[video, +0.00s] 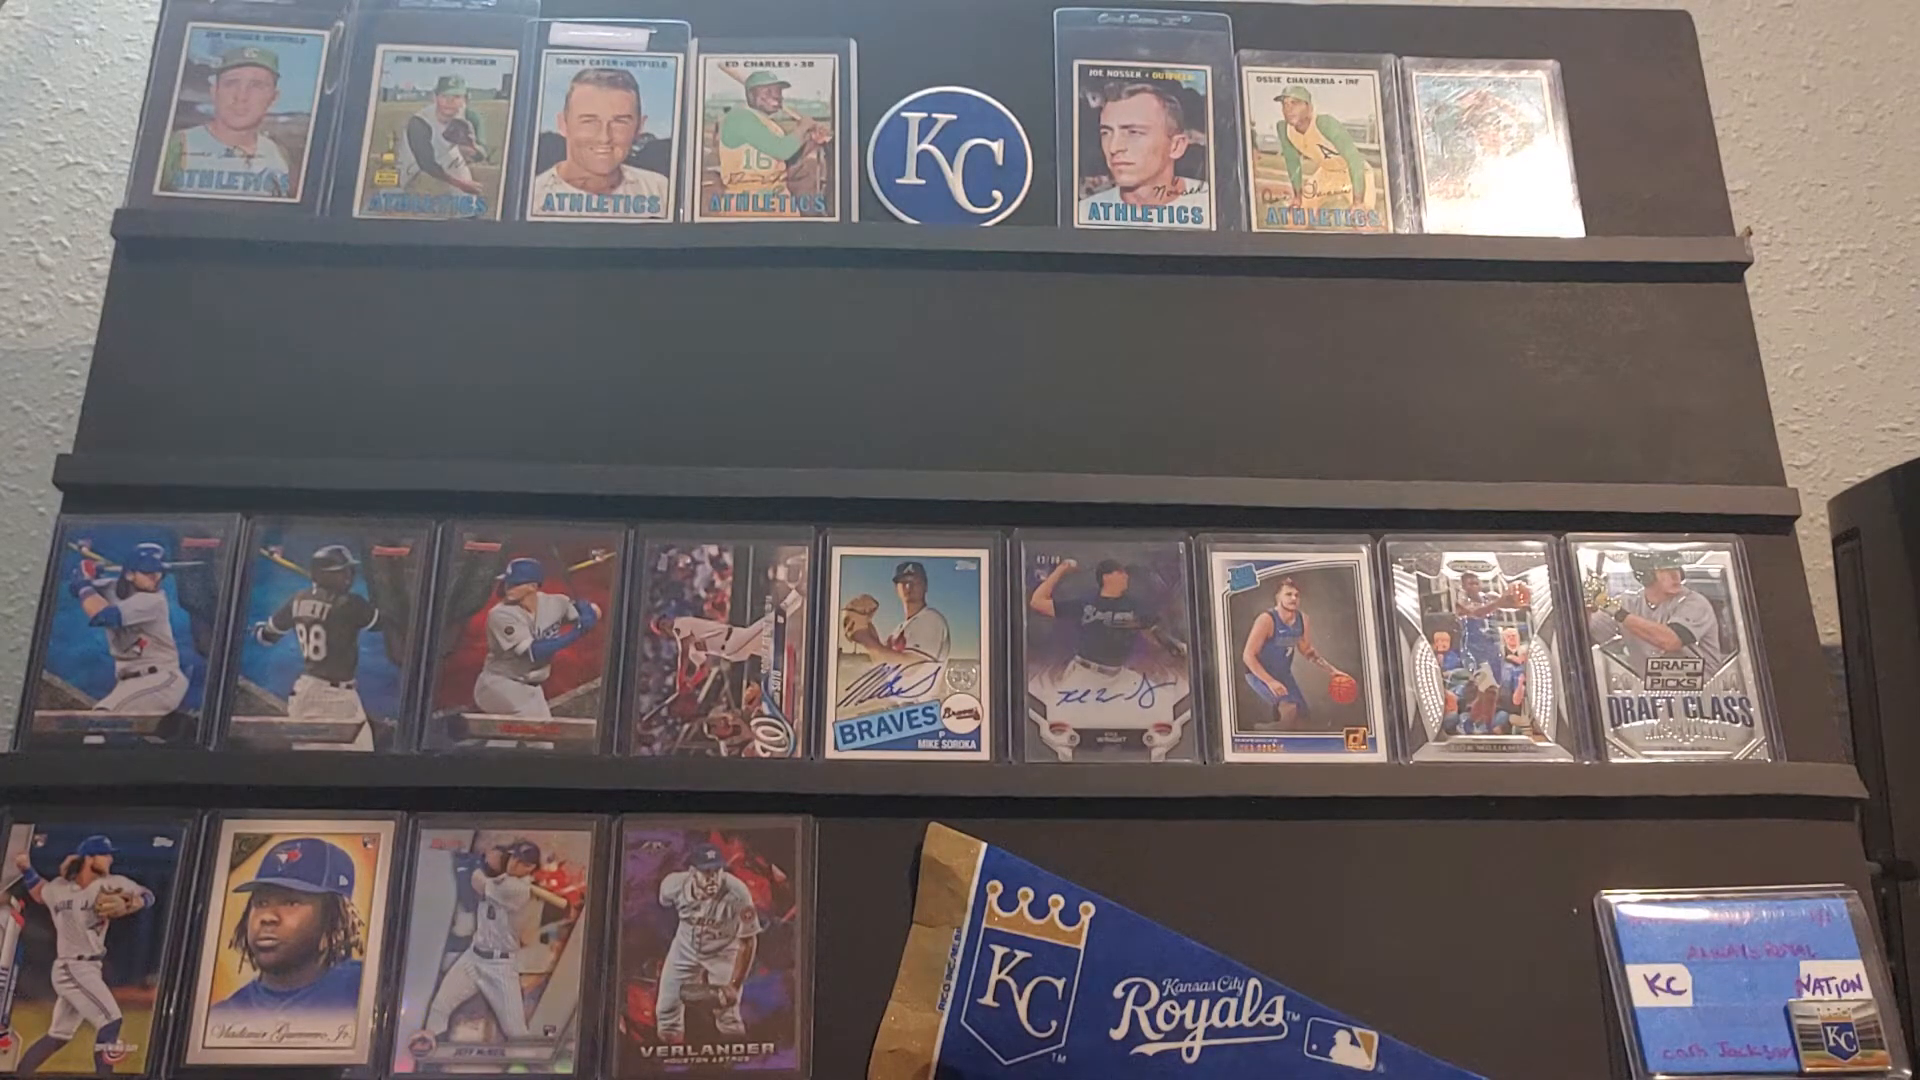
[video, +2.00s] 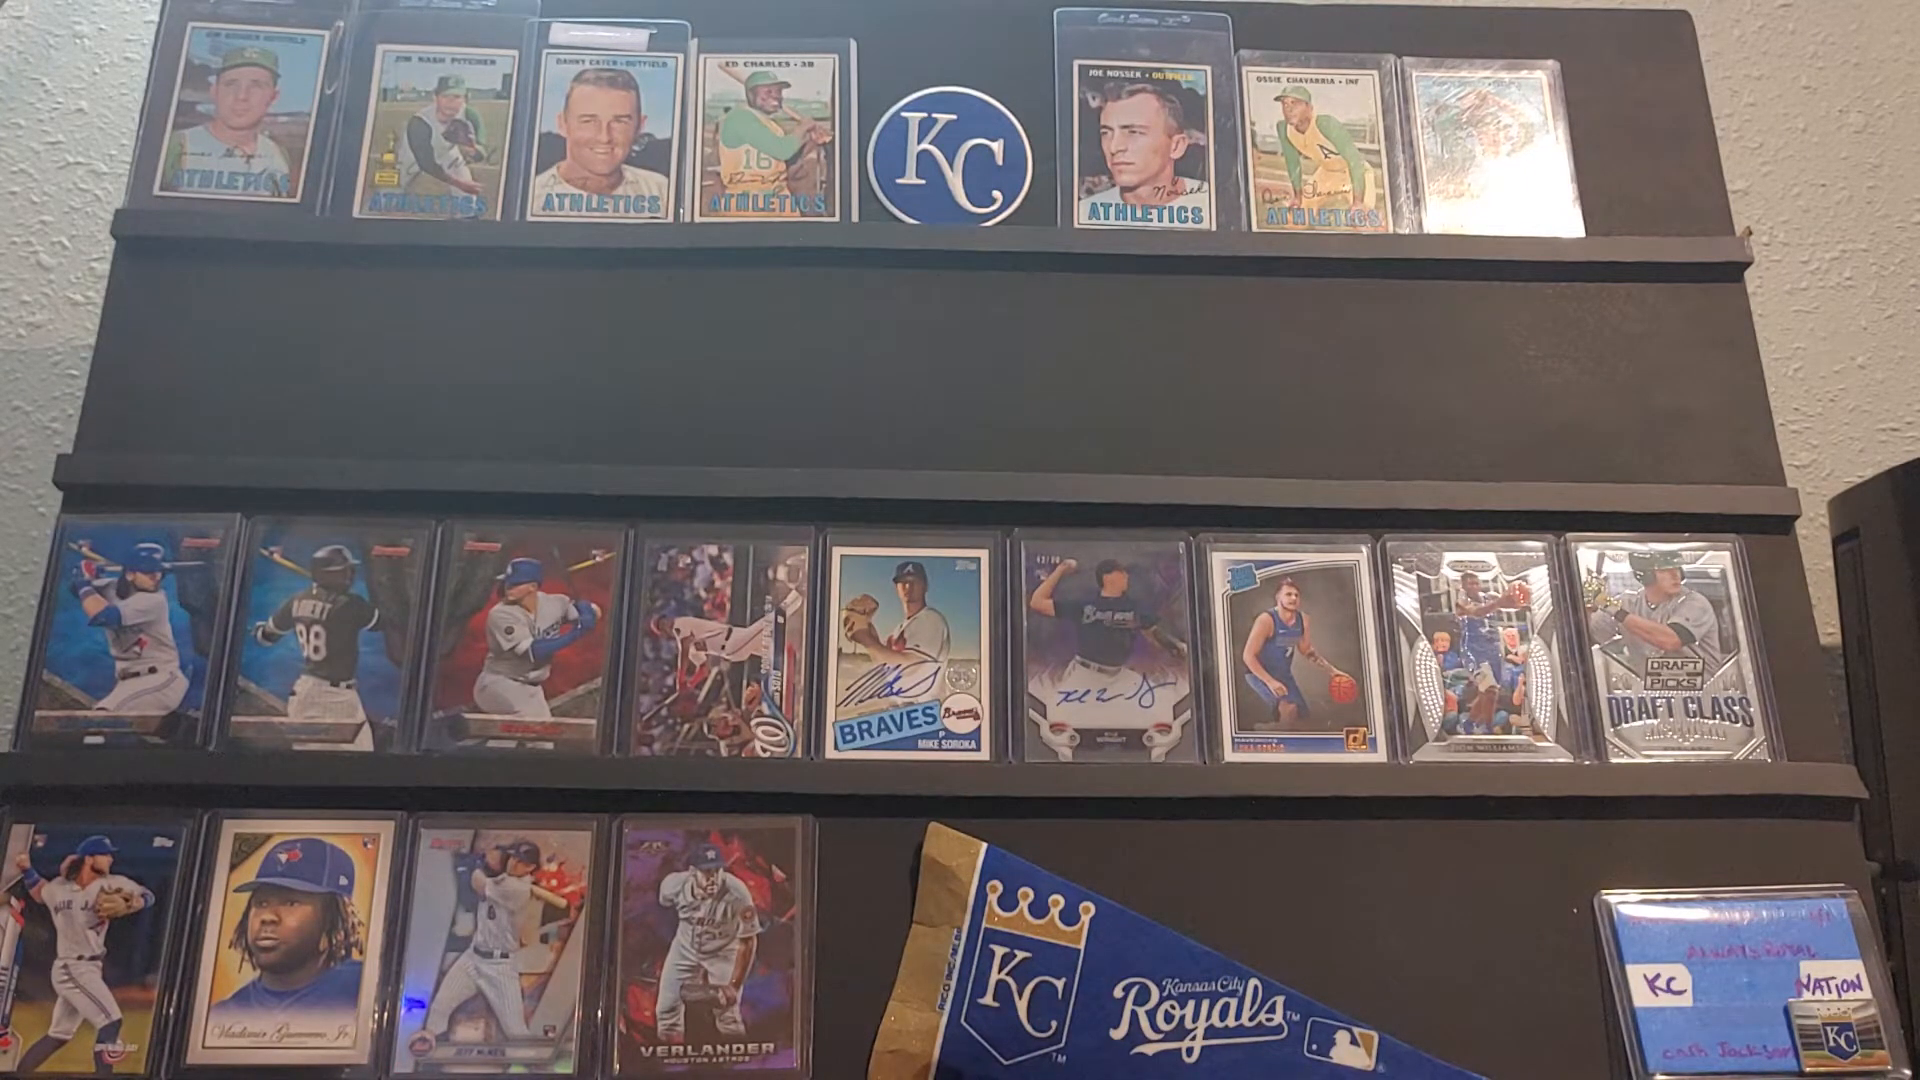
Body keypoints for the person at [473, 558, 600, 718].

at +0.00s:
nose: (507, 588)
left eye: (514, 584)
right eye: (507, 583)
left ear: (532, 586)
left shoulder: (554, 603)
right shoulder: (500, 614)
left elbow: (578, 607)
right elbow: (532, 652)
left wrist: (587, 614)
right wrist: (576, 632)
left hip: (531, 687)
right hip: (496, 684)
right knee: (530, 714)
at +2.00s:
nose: (508, 588)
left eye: (515, 584)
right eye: (507, 583)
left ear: (532, 587)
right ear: (504, 584)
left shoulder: (554, 603)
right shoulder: (500, 614)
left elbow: (579, 607)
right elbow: (532, 652)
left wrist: (587, 614)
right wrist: (575, 633)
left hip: (531, 687)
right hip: (496, 684)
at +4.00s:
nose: (507, 588)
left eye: (514, 584)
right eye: (507, 584)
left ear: (532, 587)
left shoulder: (555, 603)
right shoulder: (500, 614)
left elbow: (580, 607)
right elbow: (532, 651)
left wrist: (587, 614)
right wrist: (575, 633)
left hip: (531, 687)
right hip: (497, 683)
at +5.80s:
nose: (508, 589)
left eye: (514, 584)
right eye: (508, 584)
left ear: (532, 587)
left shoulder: (555, 603)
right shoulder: (500, 614)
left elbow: (582, 607)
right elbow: (531, 652)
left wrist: (588, 615)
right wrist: (574, 634)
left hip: (531, 688)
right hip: (496, 684)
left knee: (544, 743)